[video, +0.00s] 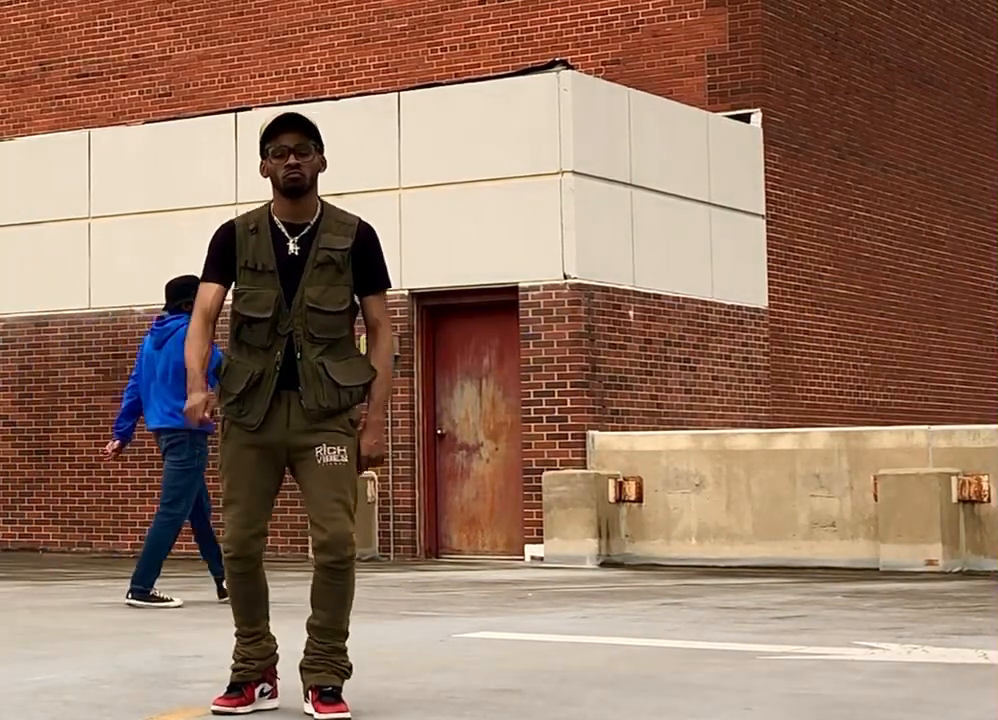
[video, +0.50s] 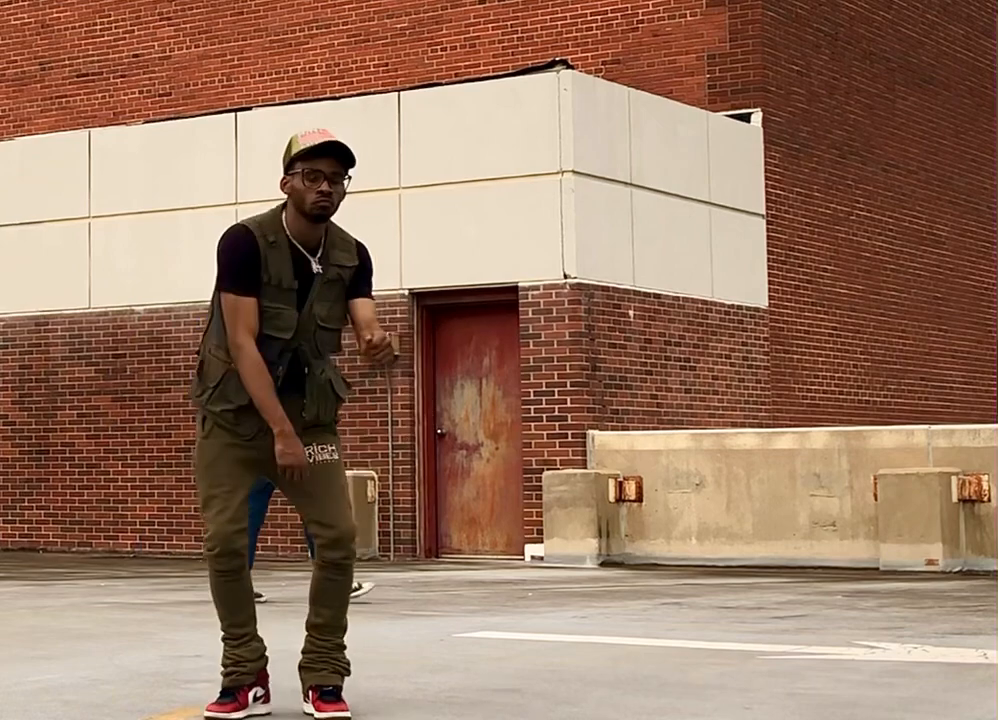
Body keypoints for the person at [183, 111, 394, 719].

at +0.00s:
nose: (291, 161)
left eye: (302, 151)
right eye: (280, 153)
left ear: (321, 162)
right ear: (264, 166)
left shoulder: (355, 236)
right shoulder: (234, 237)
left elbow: (380, 327)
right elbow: (203, 316)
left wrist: (373, 407)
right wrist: (196, 383)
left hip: (328, 411)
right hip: (250, 410)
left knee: (335, 543)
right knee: (239, 541)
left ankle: (324, 674)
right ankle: (253, 666)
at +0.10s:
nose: (297, 175)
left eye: (309, 165)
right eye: (285, 167)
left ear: (327, 175)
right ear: (271, 179)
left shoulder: (360, 250)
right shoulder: (240, 246)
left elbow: (391, 339)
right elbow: (208, 320)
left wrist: (383, 430)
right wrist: (201, 358)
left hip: (333, 424)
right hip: (250, 423)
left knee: (343, 552)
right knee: (232, 549)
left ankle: (326, 677)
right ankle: (255, 667)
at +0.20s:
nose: (312, 193)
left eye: (323, 183)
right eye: (300, 183)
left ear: (340, 193)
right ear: (284, 191)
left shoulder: (367, 265)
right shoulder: (248, 253)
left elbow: (400, 348)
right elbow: (219, 323)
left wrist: (408, 442)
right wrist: (211, 354)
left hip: (332, 431)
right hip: (251, 428)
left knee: (355, 550)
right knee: (224, 545)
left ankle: (326, 677)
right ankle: (259, 661)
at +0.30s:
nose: (327, 192)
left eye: (339, 183)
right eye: (316, 181)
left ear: (352, 193)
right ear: (296, 185)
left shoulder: (371, 262)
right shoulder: (252, 244)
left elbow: (404, 342)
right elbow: (223, 323)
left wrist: (419, 411)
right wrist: (229, 375)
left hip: (329, 424)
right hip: (250, 420)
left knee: (351, 543)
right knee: (224, 540)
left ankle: (326, 676)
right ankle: (258, 662)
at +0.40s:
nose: (337, 184)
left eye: (348, 176)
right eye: (326, 172)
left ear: (358, 184)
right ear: (300, 175)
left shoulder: (365, 250)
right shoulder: (255, 233)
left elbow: (388, 315)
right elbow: (235, 326)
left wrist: (399, 347)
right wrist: (260, 415)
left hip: (315, 411)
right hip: (238, 405)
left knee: (334, 534)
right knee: (226, 537)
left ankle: (324, 676)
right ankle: (247, 669)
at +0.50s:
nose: (324, 188)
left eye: (335, 180)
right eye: (312, 177)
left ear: (346, 188)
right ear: (286, 181)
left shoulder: (352, 256)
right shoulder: (244, 243)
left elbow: (366, 324)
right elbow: (242, 346)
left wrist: (378, 342)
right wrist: (282, 430)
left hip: (310, 415)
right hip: (234, 414)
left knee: (337, 542)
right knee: (224, 544)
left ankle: (324, 677)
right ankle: (244, 674)